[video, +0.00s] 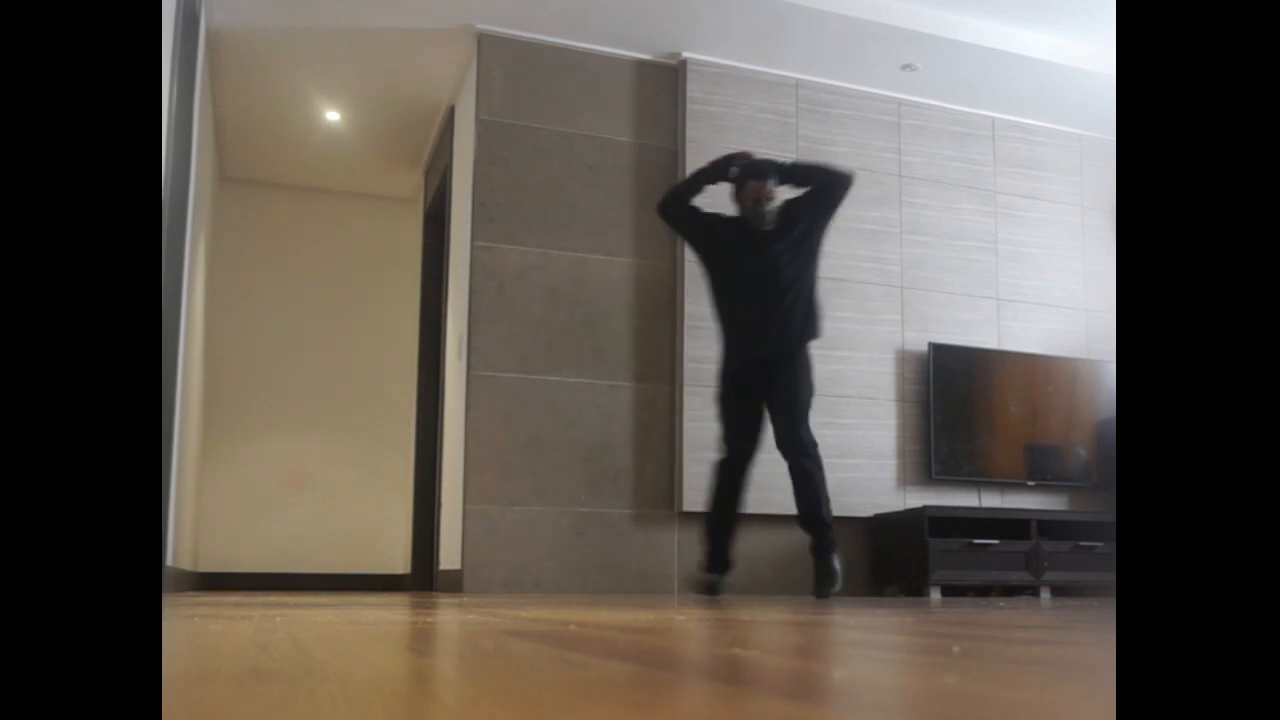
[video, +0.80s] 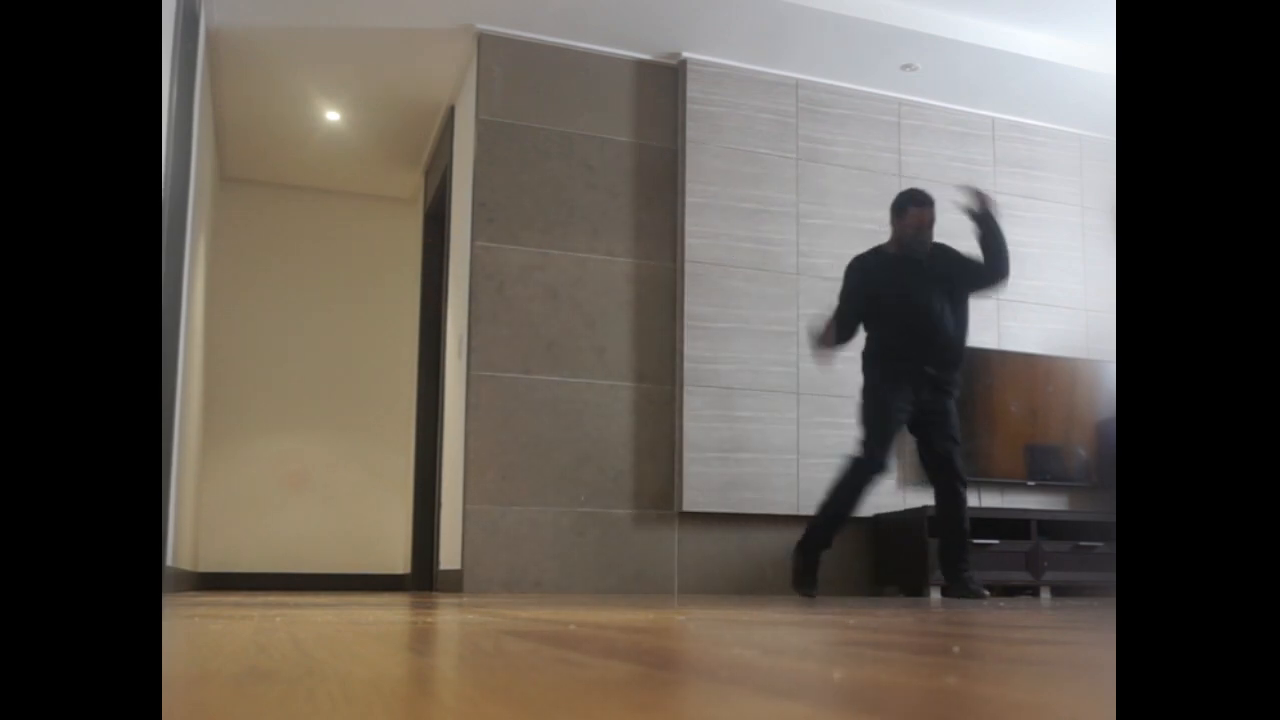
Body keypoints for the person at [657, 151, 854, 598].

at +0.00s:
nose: (758, 195)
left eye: (764, 187)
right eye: (749, 189)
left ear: (775, 190)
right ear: (735, 195)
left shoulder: (800, 222)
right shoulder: (716, 233)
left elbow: (838, 181)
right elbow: (670, 207)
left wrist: (777, 170)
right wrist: (711, 172)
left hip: (790, 360)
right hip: (741, 362)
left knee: (798, 449)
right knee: (736, 456)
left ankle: (824, 553)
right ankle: (715, 565)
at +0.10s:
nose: (780, 197)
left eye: (784, 189)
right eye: (770, 191)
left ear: (795, 193)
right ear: (756, 201)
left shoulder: (818, 228)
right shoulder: (733, 242)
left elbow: (857, 176)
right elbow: (682, 218)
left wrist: (790, 172)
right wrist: (730, 179)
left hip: (803, 361)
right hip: (758, 364)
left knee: (804, 454)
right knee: (765, 461)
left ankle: (829, 566)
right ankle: (750, 568)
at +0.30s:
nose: (816, 195)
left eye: (821, 188)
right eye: (806, 189)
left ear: (831, 194)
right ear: (789, 199)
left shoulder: (850, 230)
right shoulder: (764, 242)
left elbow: (894, 178)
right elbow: (710, 223)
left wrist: (828, 171)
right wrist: (757, 182)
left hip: (844, 358)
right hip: (797, 361)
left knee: (850, 451)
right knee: (818, 450)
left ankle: (860, 562)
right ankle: (812, 563)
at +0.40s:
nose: (840, 214)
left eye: (845, 207)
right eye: (830, 208)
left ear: (854, 212)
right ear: (813, 216)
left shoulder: (869, 247)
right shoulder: (784, 258)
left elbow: (916, 199)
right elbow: (735, 238)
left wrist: (851, 186)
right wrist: (782, 196)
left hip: (862, 372)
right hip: (815, 377)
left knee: (872, 457)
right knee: (825, 468)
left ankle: (916, 555)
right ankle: (818, 571)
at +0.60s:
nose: (887, 219)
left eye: (892, 212)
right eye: (879, 212)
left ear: (900, 215)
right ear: (862, 218)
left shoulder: (920, 249)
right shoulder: (838, 262)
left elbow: (964, 209)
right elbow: (787, 282)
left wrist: (914, 187)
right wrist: (801, 227)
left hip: (905, 381)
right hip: (852, 382)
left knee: (934, 472)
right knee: (819, 460)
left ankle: (957, 575)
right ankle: (822, 560)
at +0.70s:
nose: (907, 223)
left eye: (911, 217)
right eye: (897, 217)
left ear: (918, 221)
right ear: (880, 225)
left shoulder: (939, 259)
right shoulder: (858, 272)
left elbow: (983, 226)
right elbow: (811, 309)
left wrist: (938, 191)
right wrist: (808, 260)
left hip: (922, 391)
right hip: (869, 389)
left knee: (951, 480)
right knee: (823, 454)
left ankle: (958, 578)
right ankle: (819, 562)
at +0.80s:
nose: (923, 232)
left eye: (929, 225)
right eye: (916, 224)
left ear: (935, 225)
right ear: (896, 222)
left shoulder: (946, 262)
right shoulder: (868, 267)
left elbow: (995, 272)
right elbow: (847, 321)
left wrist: (985, 221)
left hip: (936, 385)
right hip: (888, 381)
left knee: (950, 477)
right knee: (871, 460)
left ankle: (957, 577)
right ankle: (809, 551)